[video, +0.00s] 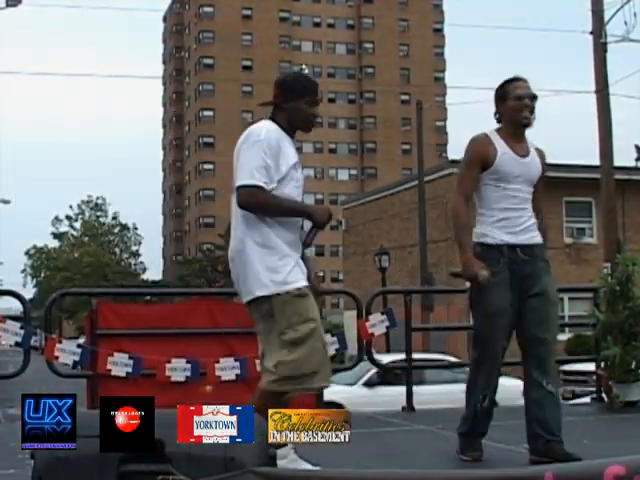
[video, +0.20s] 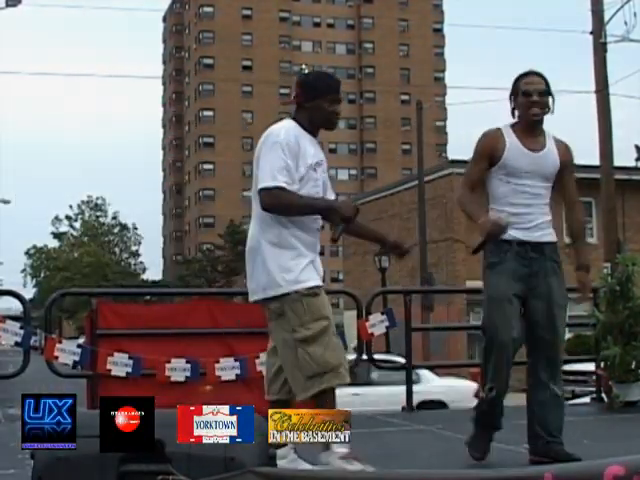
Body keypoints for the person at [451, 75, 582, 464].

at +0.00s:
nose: (528, 104)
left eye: (531, 98)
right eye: (519, 99)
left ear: (535, 106)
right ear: (500, 107)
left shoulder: (536, 157)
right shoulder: (483, 145)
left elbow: (536, 209)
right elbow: (462, 200)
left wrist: (544, 252)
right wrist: (467, 256)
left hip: (533, 257)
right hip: (492, 257)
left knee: (542, 352)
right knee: (490, 353)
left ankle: (545, 443)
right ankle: (471, 438)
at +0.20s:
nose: (535, 101)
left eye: (541, 95)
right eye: (527, 95)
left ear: (550, 102)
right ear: (513, 102)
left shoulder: (559, 151)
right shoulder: (493, 141)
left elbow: (573, 208)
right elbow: (467, 192)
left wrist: (582, 265)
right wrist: (482, 218)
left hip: (547, 257)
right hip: (504, 254)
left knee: (548, 349)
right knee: (502, 338)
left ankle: (545, 442)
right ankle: (486, 421)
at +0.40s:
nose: (532, 100)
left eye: (539, 93)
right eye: (525, 94)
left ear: (550, 99)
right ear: (513, 100)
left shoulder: (569, 143)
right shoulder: (497, 137)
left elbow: (594, 197)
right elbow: (471, 190)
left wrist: (612, 247)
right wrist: (502, 164)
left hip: (549, 254)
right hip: (503, 252)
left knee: (549, 349)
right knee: (502, 347)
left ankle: (547, 442)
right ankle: (505, 447)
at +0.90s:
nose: (506, 90)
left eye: (511, 83)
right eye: (497, 85)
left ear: (520, 86)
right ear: (481, 92)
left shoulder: (540, 131)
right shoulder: (470, 129)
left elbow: (553, 192)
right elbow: (469, 179)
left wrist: (570, 250)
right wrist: (497, 129)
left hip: (541, 249)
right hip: (493, 251)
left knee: (570, 337)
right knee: (500, 350)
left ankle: (556, 427)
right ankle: (509, 449)